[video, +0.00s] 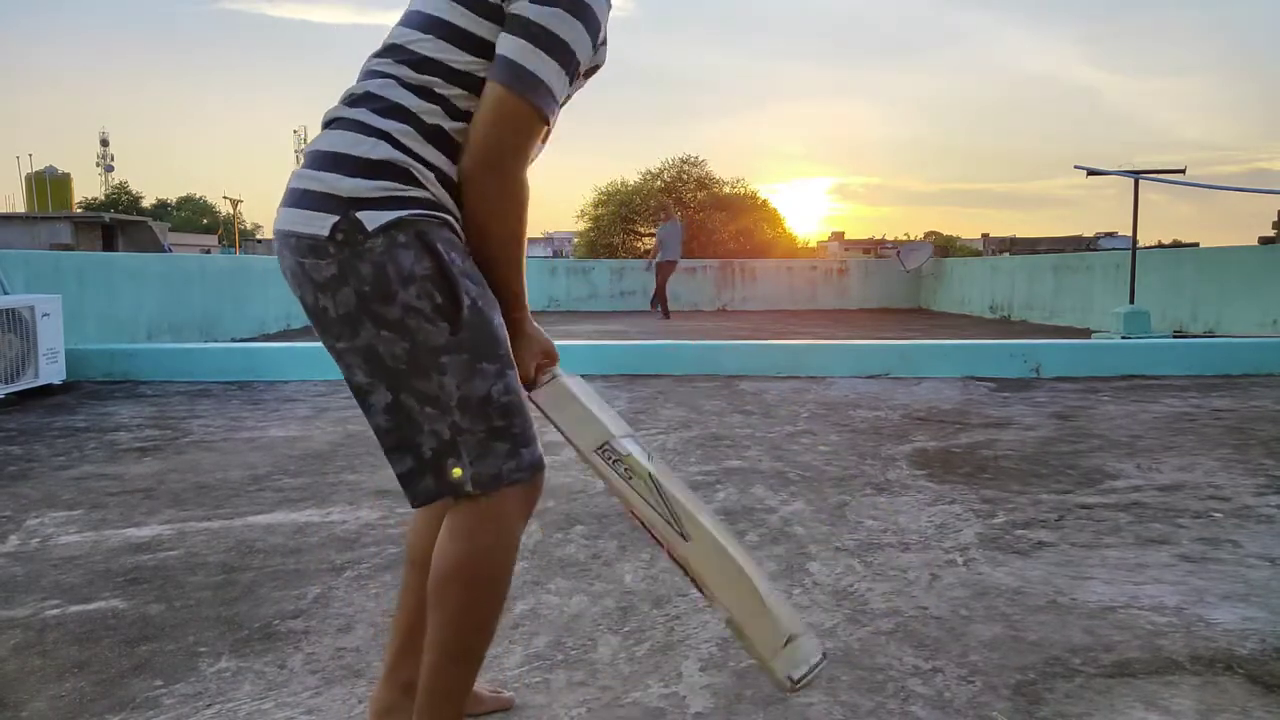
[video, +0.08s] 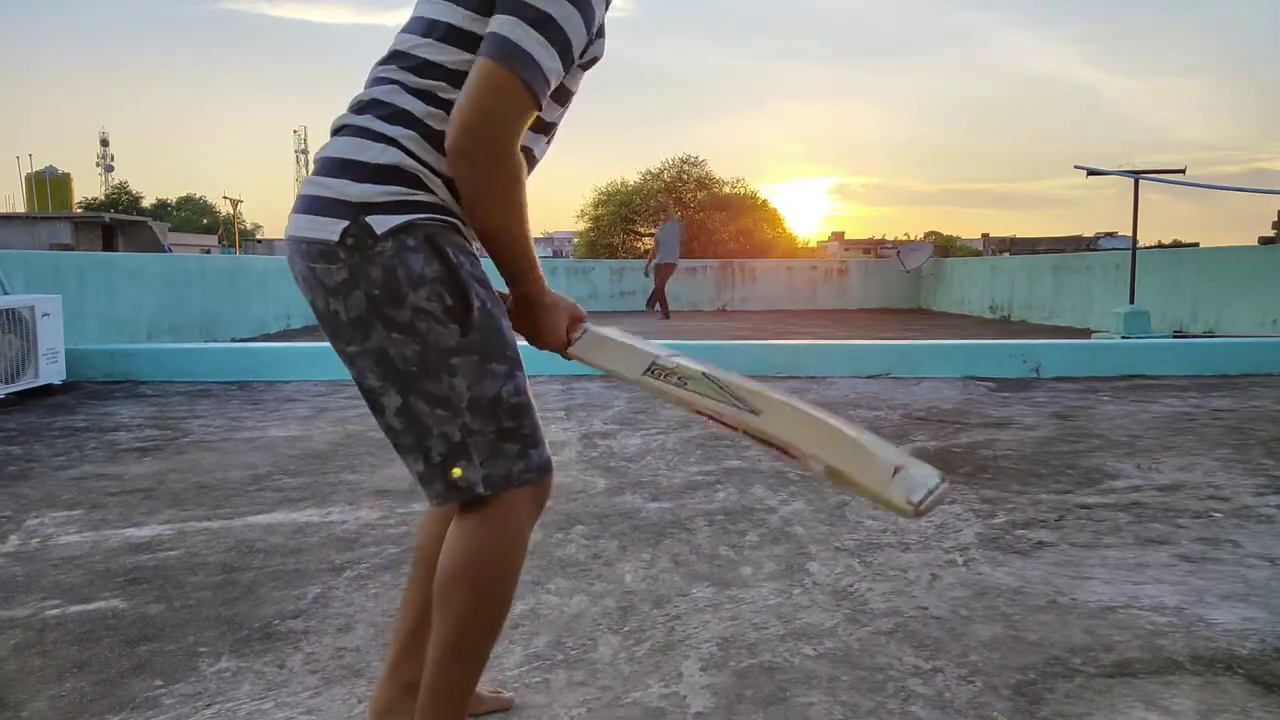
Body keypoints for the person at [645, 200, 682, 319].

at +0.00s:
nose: (662, 216)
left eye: (664, 213)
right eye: (661, 213)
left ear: (669, 214)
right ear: (660, 215)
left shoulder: (675, 224)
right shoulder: (661, 229)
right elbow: (656, 247)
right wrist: (650, 259)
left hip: (671, 257)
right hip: (661, 257)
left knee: (661, 282)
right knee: (660, 283)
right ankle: (665, 311)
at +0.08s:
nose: (663, 216)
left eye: (665, 214)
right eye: (662, 214)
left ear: (670, 214)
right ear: (660, 216)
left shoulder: (674, 225)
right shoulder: (659, 230)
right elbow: (654, 248)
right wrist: (647, 263)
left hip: (671, 259)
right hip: (660, 259)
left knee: (660, 285)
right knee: (659, 286)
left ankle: (650, 306)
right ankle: (665, 312)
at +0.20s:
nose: (664, 219)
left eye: (666, 217)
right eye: (663, 217)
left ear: (670, 218)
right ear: (661, 218)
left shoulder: (671, 228)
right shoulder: (660, 230)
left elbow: (671, 210)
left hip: (666, 260)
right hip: (655, 260)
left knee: (660, 285)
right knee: (655, 287)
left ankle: (657, 308)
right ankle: (665, 311)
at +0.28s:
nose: (667, 219)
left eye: (669, 218)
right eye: (666, 217)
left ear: (672, 222)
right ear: (663, 220)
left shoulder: (672, 232)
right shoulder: (660, 233)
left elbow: (674, 220)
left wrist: (673, 210)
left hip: (663, 263)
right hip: (652, 263)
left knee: (661, 291)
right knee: (653, 292)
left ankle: (660, 314)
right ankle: (663, 309)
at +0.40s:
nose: (675, 222)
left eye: (678, 220)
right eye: (674, 220)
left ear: (680, 224)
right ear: (671, 221)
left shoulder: (677, 236)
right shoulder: (664, 229)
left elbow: (677, 251)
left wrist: (669, 249)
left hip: (661, 264)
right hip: (649, 263)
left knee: (662, 290)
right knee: (651, 289)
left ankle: (660, 315)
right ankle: (659, 308)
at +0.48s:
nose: (680, 232)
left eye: (683, 232)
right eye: (681, 229)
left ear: (685, 236)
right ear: (678, 228)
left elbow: (671, 263)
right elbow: (668, 210)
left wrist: (665, 260)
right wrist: (675, 198)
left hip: (660, 264)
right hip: (647, 261)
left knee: (661, 291)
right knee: (648, 290)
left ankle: (659, 316)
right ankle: (651, 311)